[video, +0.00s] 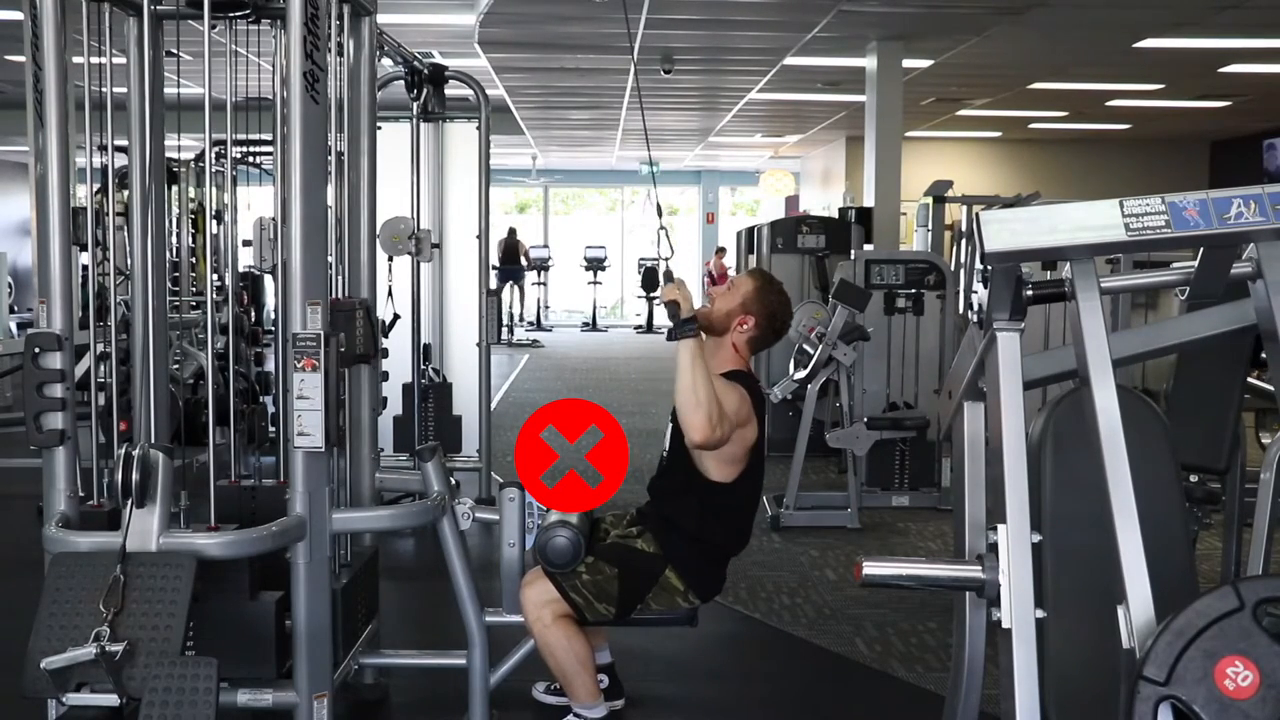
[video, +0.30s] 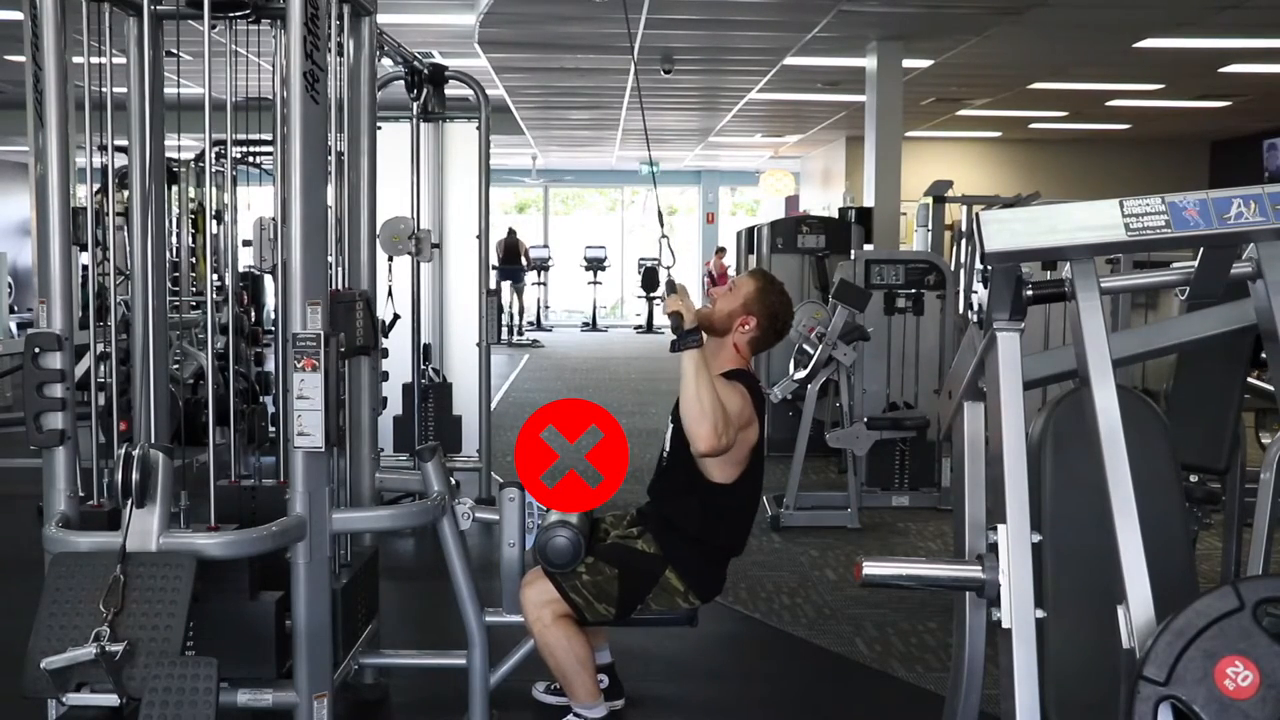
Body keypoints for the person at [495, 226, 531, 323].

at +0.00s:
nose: (512, 236)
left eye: (511, 234)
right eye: (513, 234)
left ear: (507, 234)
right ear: (516, 234)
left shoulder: (501, 242)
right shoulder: (520, 244)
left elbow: (499, 256)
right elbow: (528, 258)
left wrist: (501, 265)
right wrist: (529, 266)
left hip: (504, 270)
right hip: (517, 270)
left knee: (498, 291)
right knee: (521, 289)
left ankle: (497, 316)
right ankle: (521, 314)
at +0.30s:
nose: (512, 237)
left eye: (510, 235)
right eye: (513, 235)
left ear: (506, 235)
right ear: (516, 235)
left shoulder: (499, 243)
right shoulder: (521, 243)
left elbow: (499, 259)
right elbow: (528, 260)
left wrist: (501, 267)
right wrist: (528, 268)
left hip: (503, 272)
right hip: (517, 272)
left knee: (498, 281)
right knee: (520, 300)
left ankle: (499, 304)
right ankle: (520, 326)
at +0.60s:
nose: (516, 238)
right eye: (517, 236)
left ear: (509, 234)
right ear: (518, 235)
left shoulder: (500, 242)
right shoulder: (522, 244)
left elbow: (499, 257)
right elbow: (527, 259)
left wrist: (501, 266)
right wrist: (527, 267)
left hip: (503, 270)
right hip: (517, 270)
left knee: (499, 293)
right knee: (523, 292)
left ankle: (499, 317)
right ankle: (520, 312)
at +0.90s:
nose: (516, 239)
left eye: (515, 238)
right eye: (517, 238)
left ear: (509, 236)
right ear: (518, 236)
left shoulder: (500, 243)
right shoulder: (521, 244)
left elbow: (494, 261)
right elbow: (529, 261)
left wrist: (498, 267)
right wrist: (527, 269)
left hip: (503, 271)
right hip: (517, 270)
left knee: (501, 293)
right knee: (523, 282)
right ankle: (521, 304)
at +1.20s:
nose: (516, 236)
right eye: (516, 234)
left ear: (507, 232)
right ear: (516, 233)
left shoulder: (498, 241)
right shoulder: (518, 240)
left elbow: (493, 255)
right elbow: (527, 256)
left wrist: (493, 266)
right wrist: (527, 267)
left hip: (502, 268)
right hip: (516, 268)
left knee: (500, 292)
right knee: (520, 283)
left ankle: (499, 317)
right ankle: (521, 306)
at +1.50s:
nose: (519, 232)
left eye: (518, 230)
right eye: (518, 230)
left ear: (508, 229)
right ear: (517, 229)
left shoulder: (499, 238)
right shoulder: (517, 237)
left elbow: (493, 252)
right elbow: (525, 253)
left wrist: (493, 263)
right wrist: (525, 265)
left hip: (500, 267)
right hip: (514, 267)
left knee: (500, 294)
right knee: (521, 282)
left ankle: (498, 322)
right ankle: (522, 304)